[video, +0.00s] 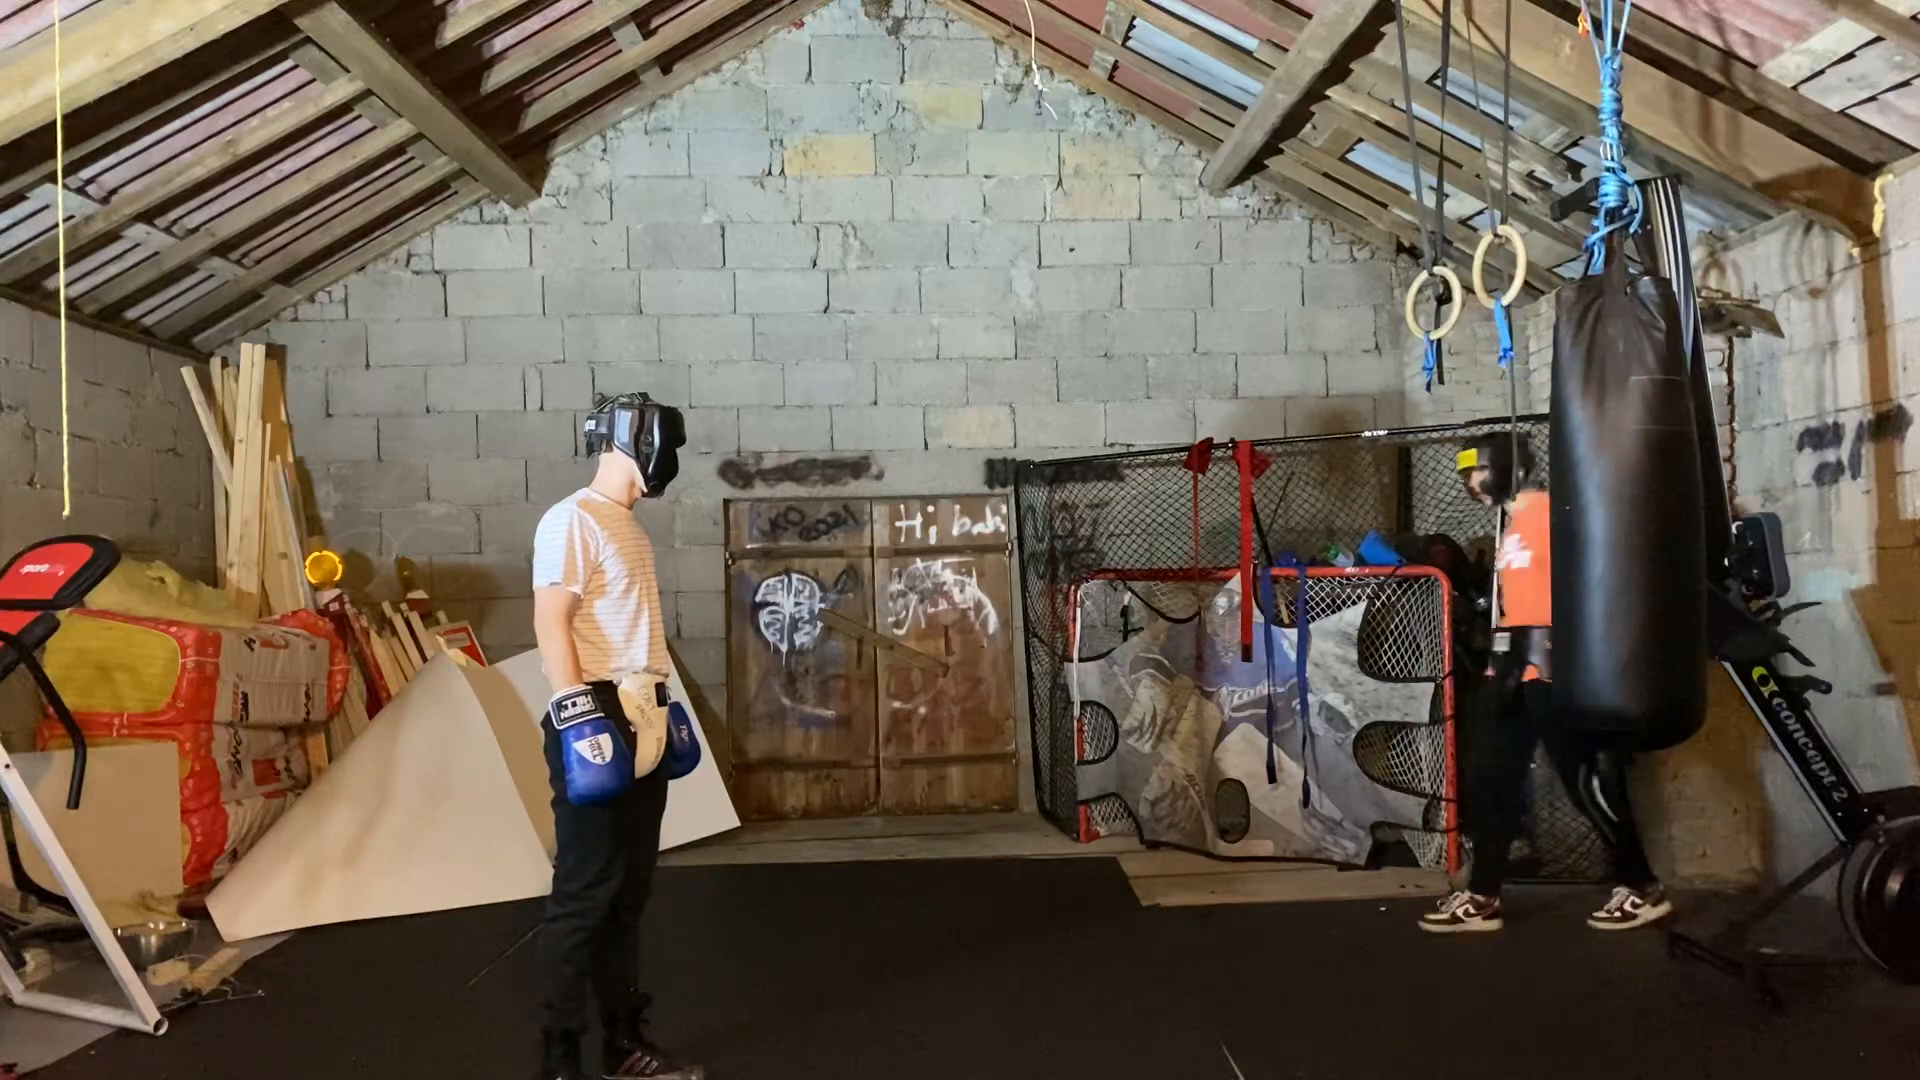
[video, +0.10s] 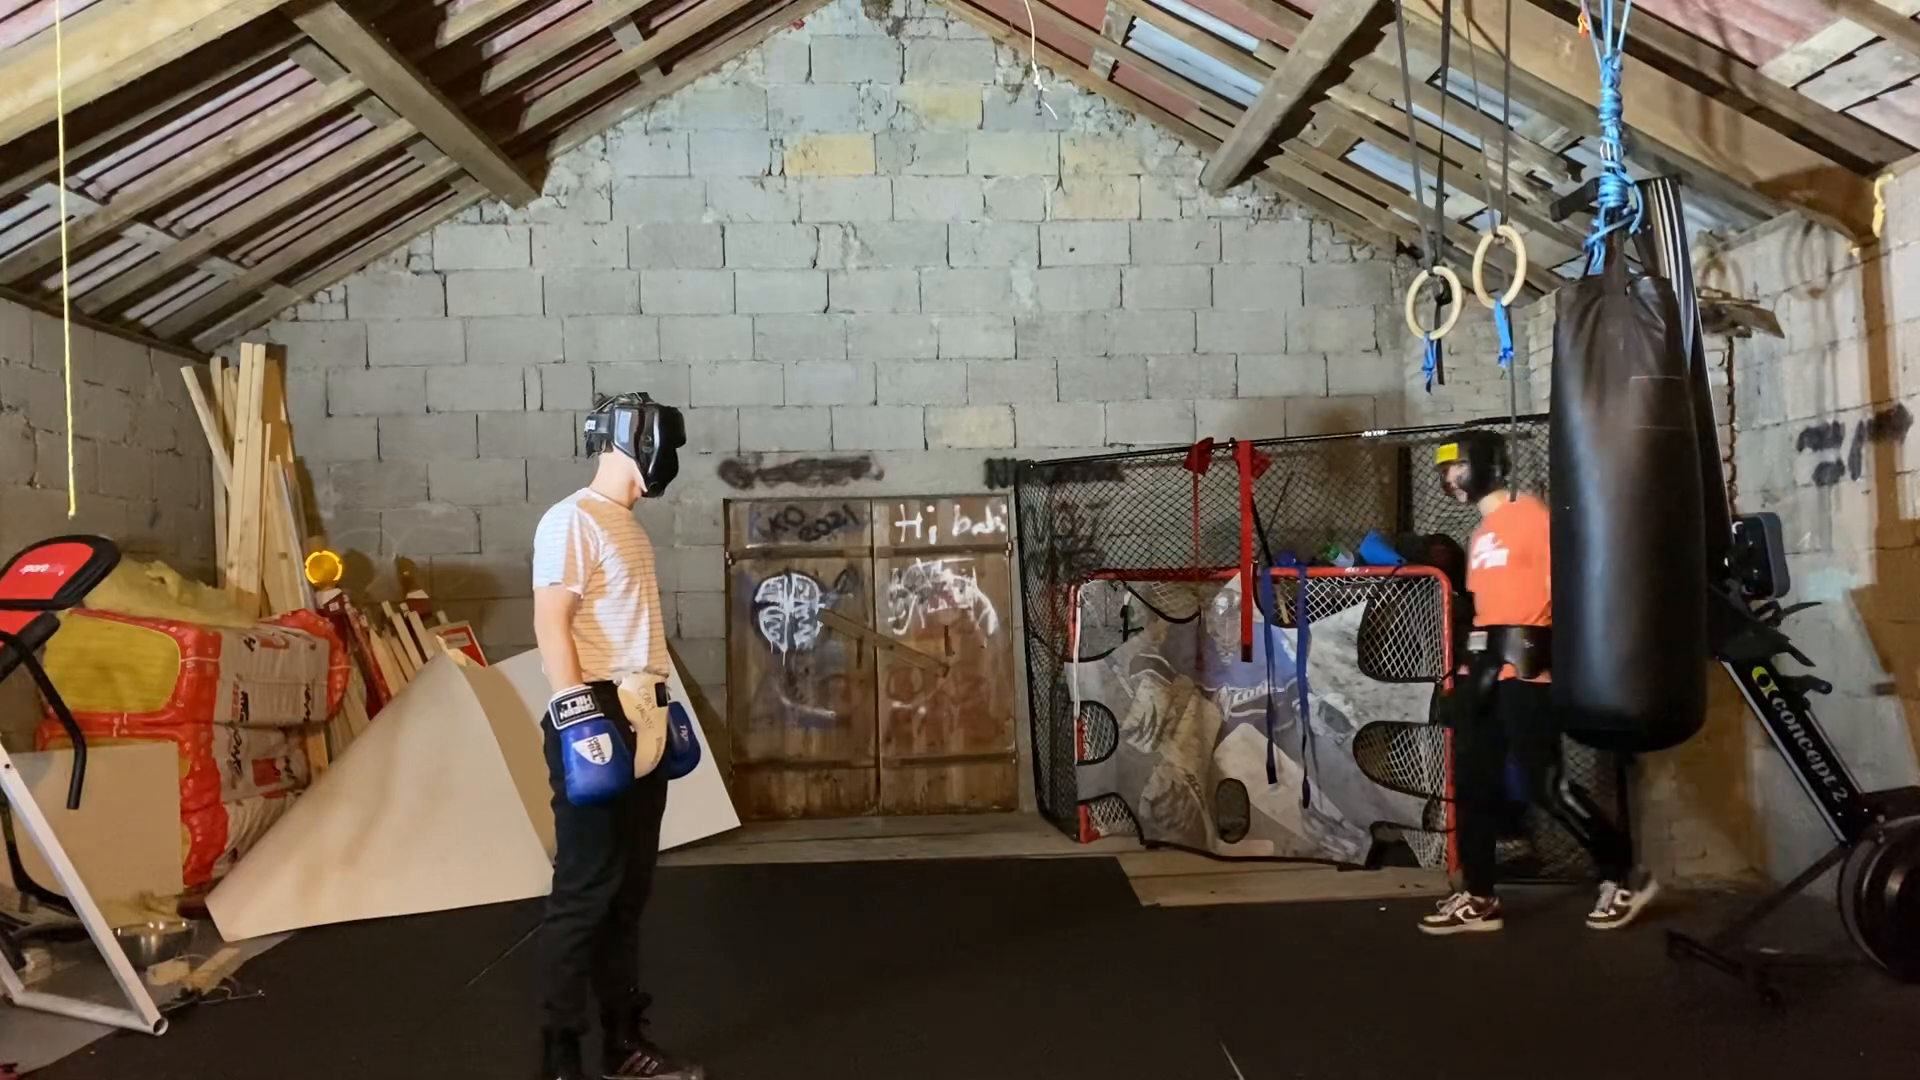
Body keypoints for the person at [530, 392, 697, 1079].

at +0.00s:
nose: (664, 470)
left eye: (665, 457)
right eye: (657, 455)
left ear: (633, 452)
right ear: (624, 446)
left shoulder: (632, 531)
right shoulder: (568, 521)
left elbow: (642, 627)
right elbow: (551, 622)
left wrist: (668, 704)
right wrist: (580, 716)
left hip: (643, 716)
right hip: (593, 719)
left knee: (627, 890)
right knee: (583, 892)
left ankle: (622, 1046)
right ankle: (560, 1058)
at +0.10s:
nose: (664, 470)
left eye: (666, 457)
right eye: (658, 455)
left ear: (631, 453)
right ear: (625, 447)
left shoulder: (632, 531)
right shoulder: (568, 521)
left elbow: (642, 627)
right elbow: (551, 623)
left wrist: (667, 704)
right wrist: (580, 717)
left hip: (643, 715)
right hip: (592, 719)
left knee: (628, 890)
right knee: (583, 893)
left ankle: (622, 1046)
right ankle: (561, 1059)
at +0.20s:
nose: (663, 470)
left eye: (665, 457)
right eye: (656, 454)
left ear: (634, 452)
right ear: (623, 446)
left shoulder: (632, 531)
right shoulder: (568, 521)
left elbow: (642, 627)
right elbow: (550, 622)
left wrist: (667, 704)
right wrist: (579, 717)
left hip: (643, 716)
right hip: (592, 719)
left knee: (627, 891)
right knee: (583, 894)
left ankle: (622, 1046)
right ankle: (561, 1060)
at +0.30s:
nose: (663, 468)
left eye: (665, 454)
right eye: (656, 452)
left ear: (633, 451)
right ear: (623, 446)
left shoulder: (632, 531)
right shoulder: (568, 521)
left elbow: (642, 627)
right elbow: (550, 622)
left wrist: (667, 704)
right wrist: (580, 717)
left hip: (642, 715)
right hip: (592, 719)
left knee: (627, 892)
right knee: (582, 893)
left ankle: (622, 1046)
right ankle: (561, 1059)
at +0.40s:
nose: (665, 467)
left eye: (666, 453)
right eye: (658, 451)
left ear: (630, 448)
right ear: (625, 445)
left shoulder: (631, 531)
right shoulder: (568, 521)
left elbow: (642, 627)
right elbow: (550, 623)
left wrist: (667, 704)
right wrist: (580, 718)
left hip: (643, 715)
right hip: (593, 719)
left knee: (627, 891)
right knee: (582, 893)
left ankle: (623, 1046)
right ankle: (560, 1059)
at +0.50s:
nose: (664, 466)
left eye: (665, 452)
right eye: (657, 451)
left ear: (630, 448)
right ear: (624, 445)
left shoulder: (631, 530)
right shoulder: (567, 521)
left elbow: (642, 626)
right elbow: (550, 623)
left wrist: (667, 704)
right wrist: (581, 719)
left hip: (643, 716)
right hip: (592, 720)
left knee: (627, 891)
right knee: (583, 893)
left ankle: (622, 1046)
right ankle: (561, 1058)